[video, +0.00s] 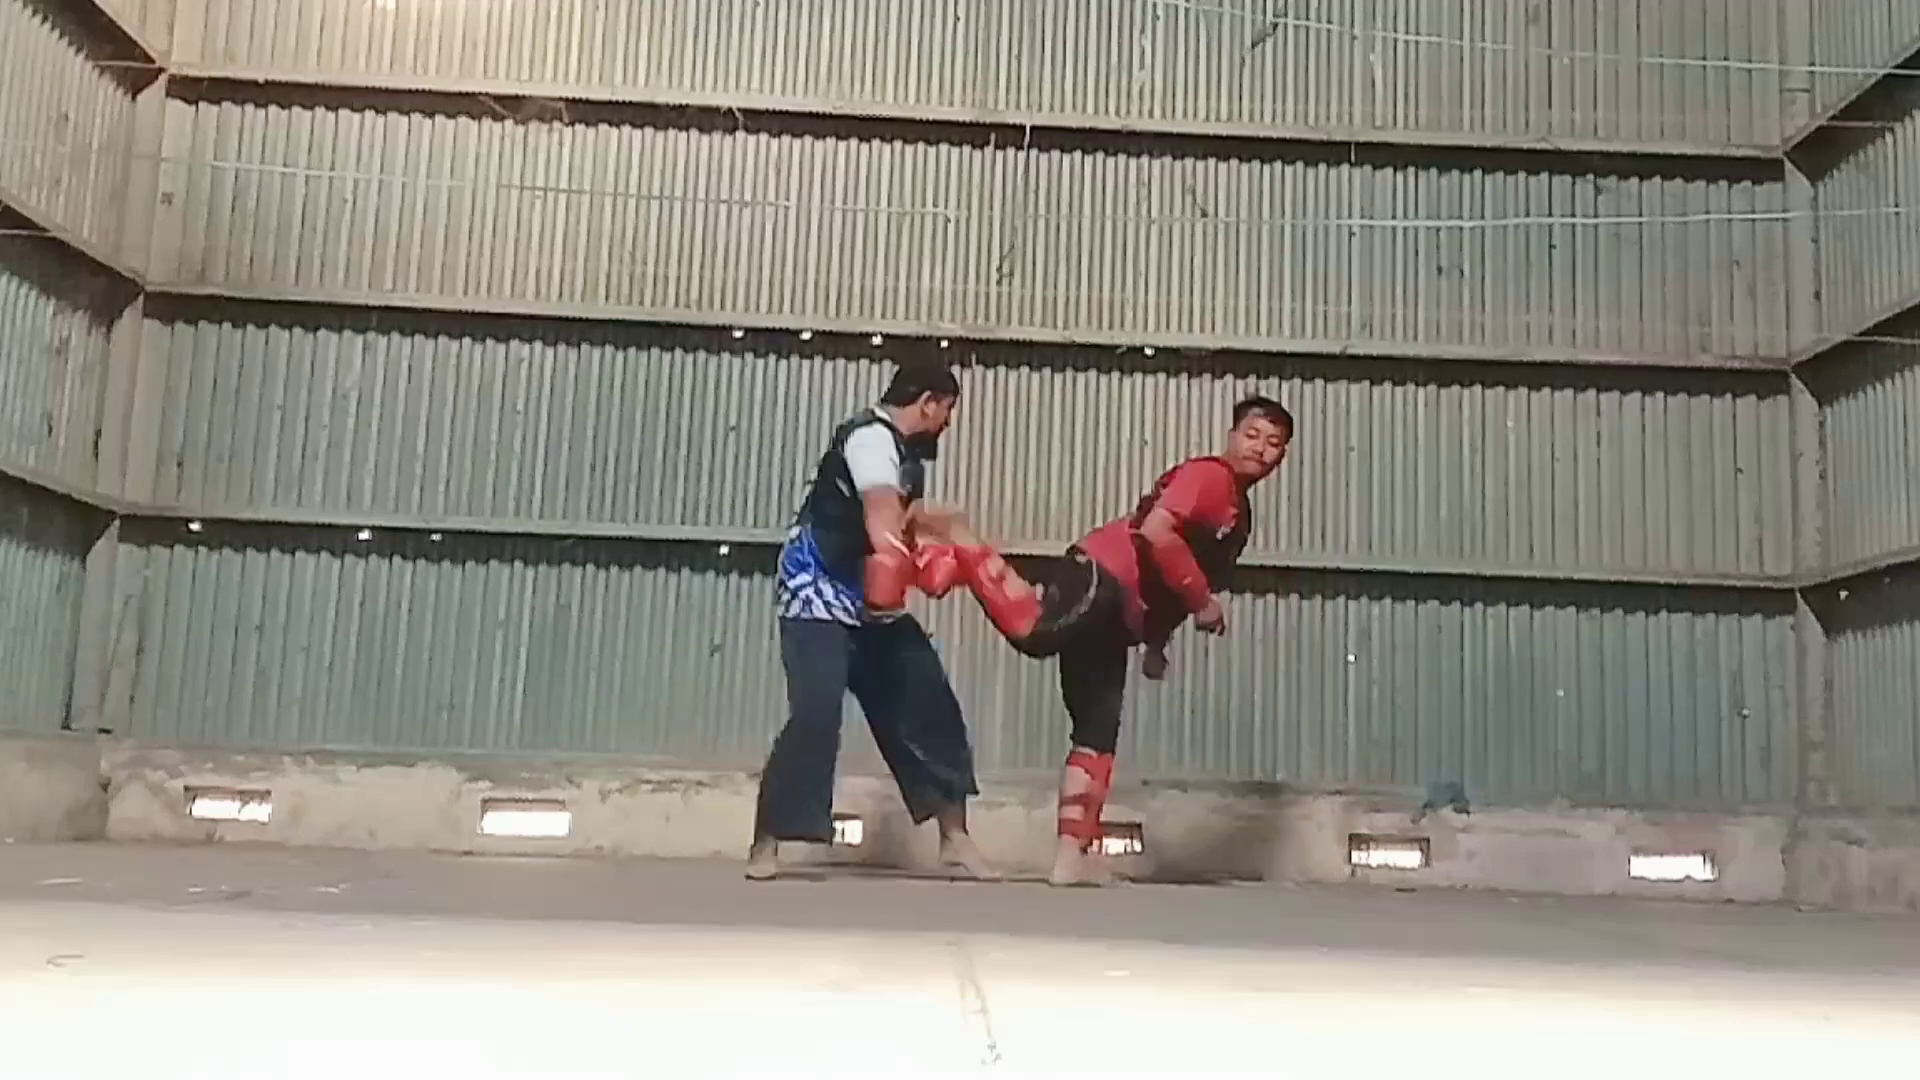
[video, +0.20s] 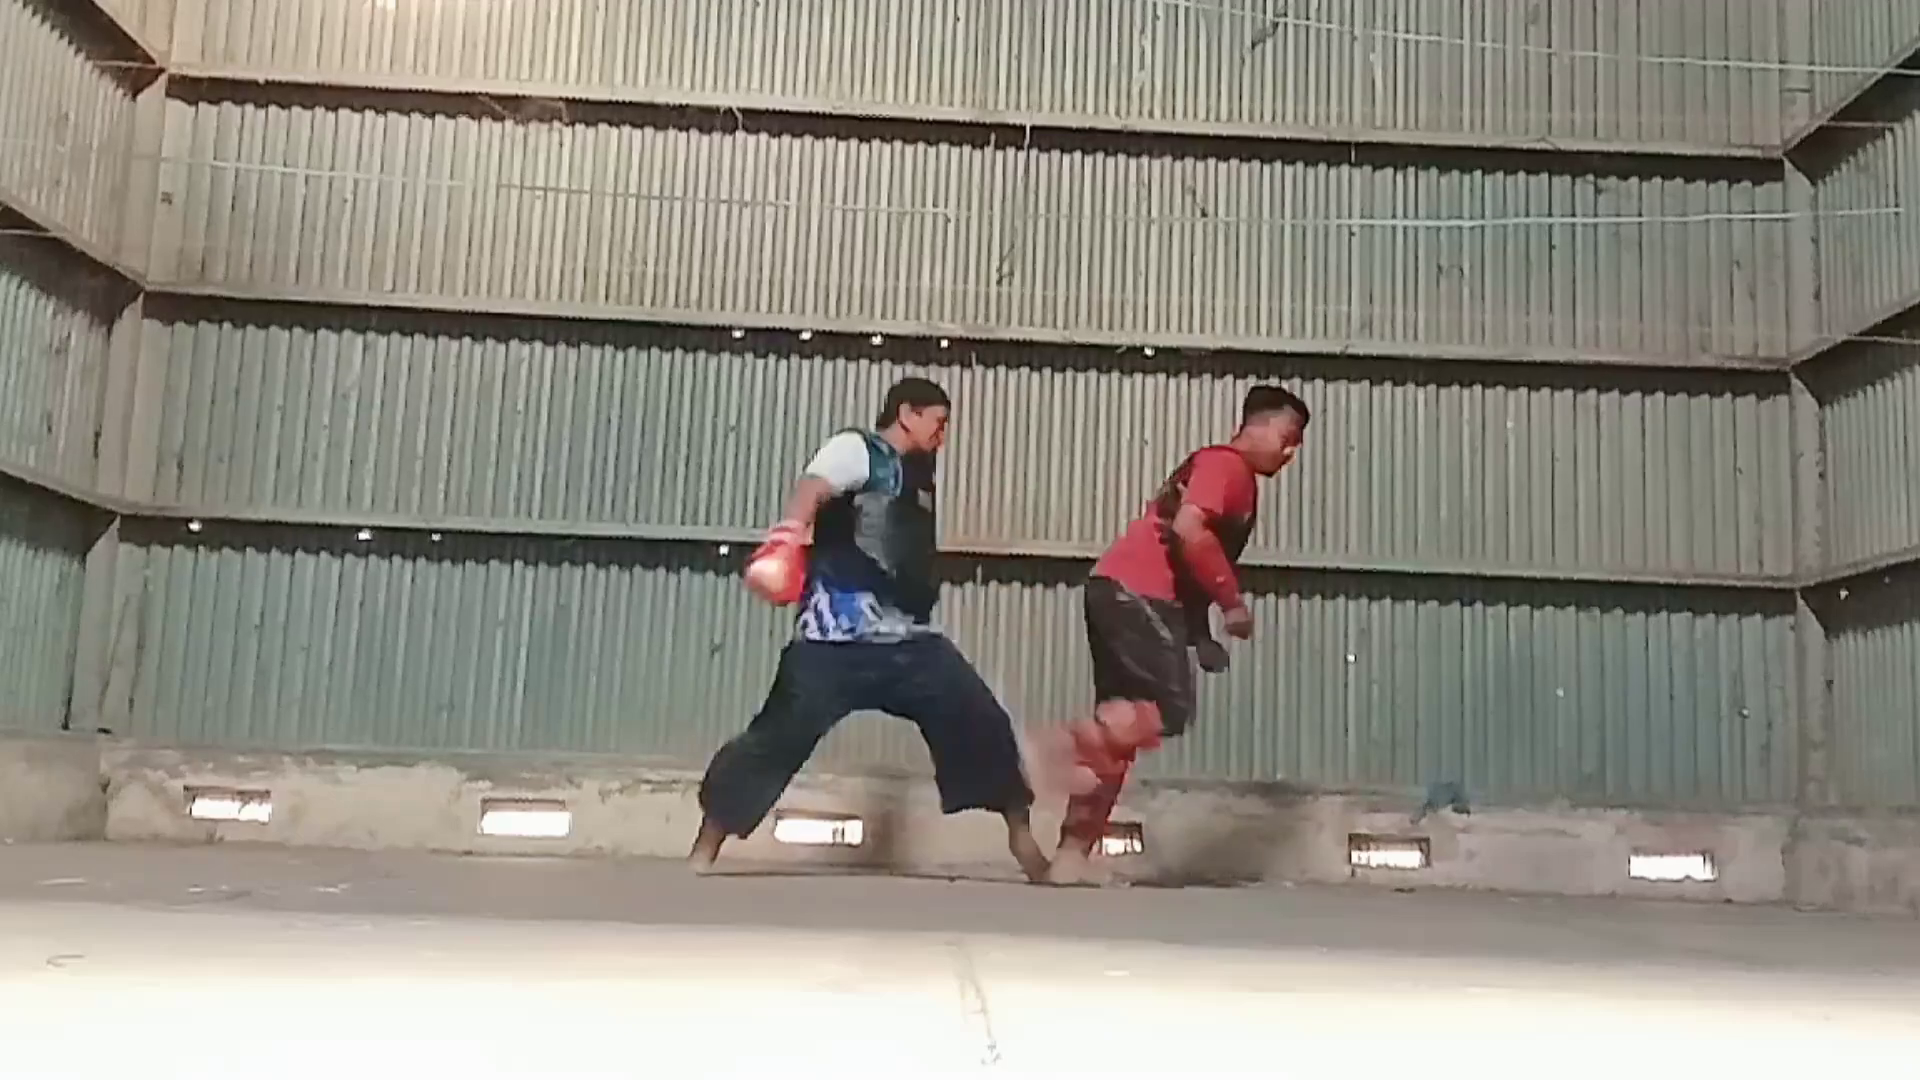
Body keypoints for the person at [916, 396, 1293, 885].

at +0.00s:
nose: (1261, 448)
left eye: (1274, 443)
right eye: (1252, 435)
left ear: (1282, 457)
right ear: (1231, 437)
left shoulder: (1234, 512)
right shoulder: (1208, 476)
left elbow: (1177, 577)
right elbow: (1156, 530)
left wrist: (1157, 642)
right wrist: (1202, 599)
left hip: (1113, 619)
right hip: (1101, 577)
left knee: (1096, 731)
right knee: (1031, 631)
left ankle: (1071, 859)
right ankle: (965, 557)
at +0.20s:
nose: (1291, 455)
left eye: (1296, 445)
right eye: (1289, 441)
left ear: (1253, 432)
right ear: (1257, 428)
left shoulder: (1229, 476)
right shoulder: (1226, 466)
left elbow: (1188, 569)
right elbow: (1188, 528)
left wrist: (1200, 634)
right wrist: (1232, 601)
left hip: (1124, 592)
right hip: (1137, 592)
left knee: (1117, 728)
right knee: (1170, 709)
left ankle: (1074, 853)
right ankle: (1060, 746)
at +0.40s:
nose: (1300, 426)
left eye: (1299, 417)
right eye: (1302, 418)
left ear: (1253, 406)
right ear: (1298, 416)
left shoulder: (1208, 454)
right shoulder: (1287, 458)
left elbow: (1175, 537)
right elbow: (1276, 539)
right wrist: (1295, 622)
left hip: (1173, 610)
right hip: (1237, 619)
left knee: (1142, 727)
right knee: (1272, 732)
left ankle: (1079, 849)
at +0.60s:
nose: (1261, 380)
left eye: (1262, 370)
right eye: (1261, 372)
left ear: (1280, 362)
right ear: (1318, 365)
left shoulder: (1258, 415)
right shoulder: (1365, 423)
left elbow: (1234, 503)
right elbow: (1391, 521)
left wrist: (1247, 567)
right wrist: (1371, 576)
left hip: (1276, 593)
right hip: (1346, 595)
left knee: (1230, 700)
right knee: (1323, 715)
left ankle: (1225, 831)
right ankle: (1314, 854)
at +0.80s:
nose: (1324, 380)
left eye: (1328, 367)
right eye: (1325, 368)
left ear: (1350, 366)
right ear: (1375, 370)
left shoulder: (1350, 427)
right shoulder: (1411, 436)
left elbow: (1303, 513)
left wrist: (1273, 550)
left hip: (1390, 610)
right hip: (1414, 608)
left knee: (1383, 735)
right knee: (1363, 737)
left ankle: (1509, 825)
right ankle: (1377, 876)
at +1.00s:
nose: (1363, 392)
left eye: (1370, 379)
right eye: (1366, 380)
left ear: (1395, 383)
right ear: (1405, 384)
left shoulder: (1432, 445)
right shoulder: (1410, 453)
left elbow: (1418, 538)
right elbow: (1428, 554)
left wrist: (1354, 583)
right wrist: (1384, 600)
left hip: (1486, 627)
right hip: (1442, 632)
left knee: (1539, 752)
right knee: (1383, 743)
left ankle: (1618, 889)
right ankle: (1389, 876)